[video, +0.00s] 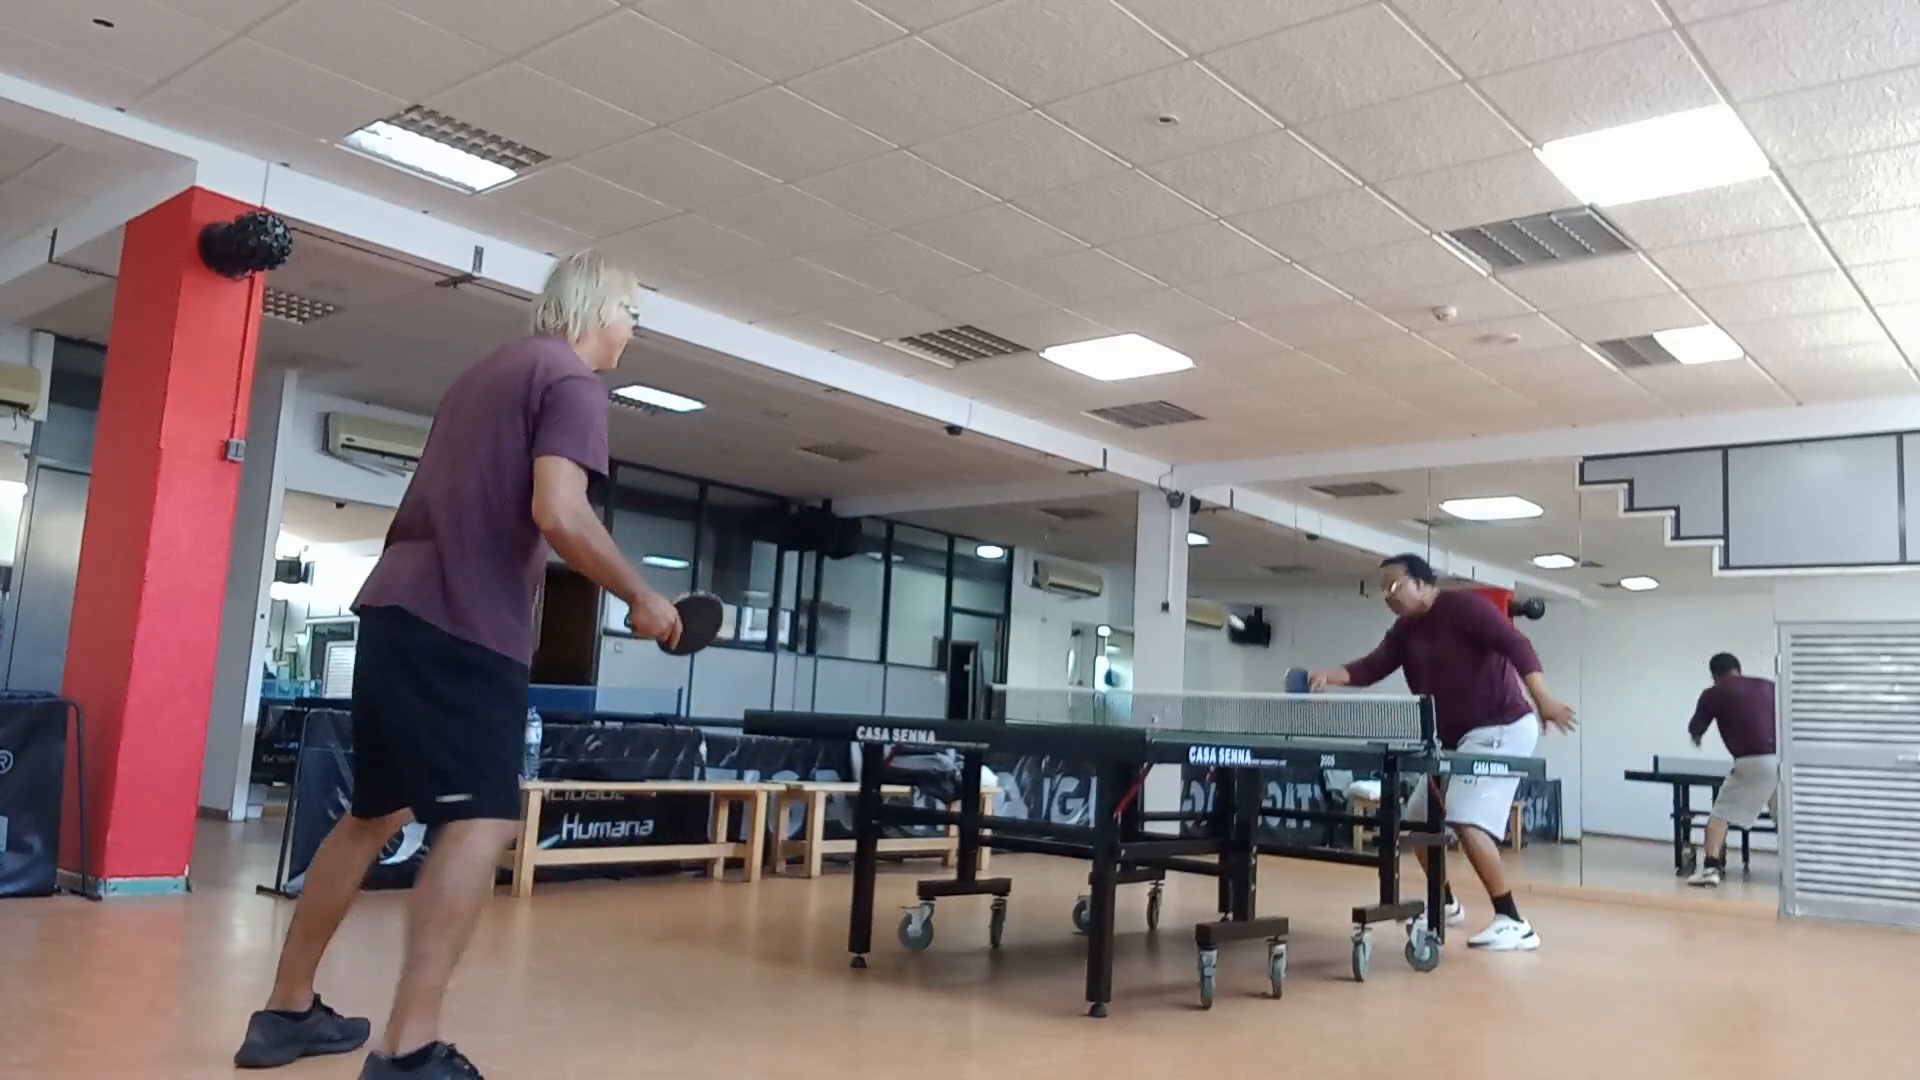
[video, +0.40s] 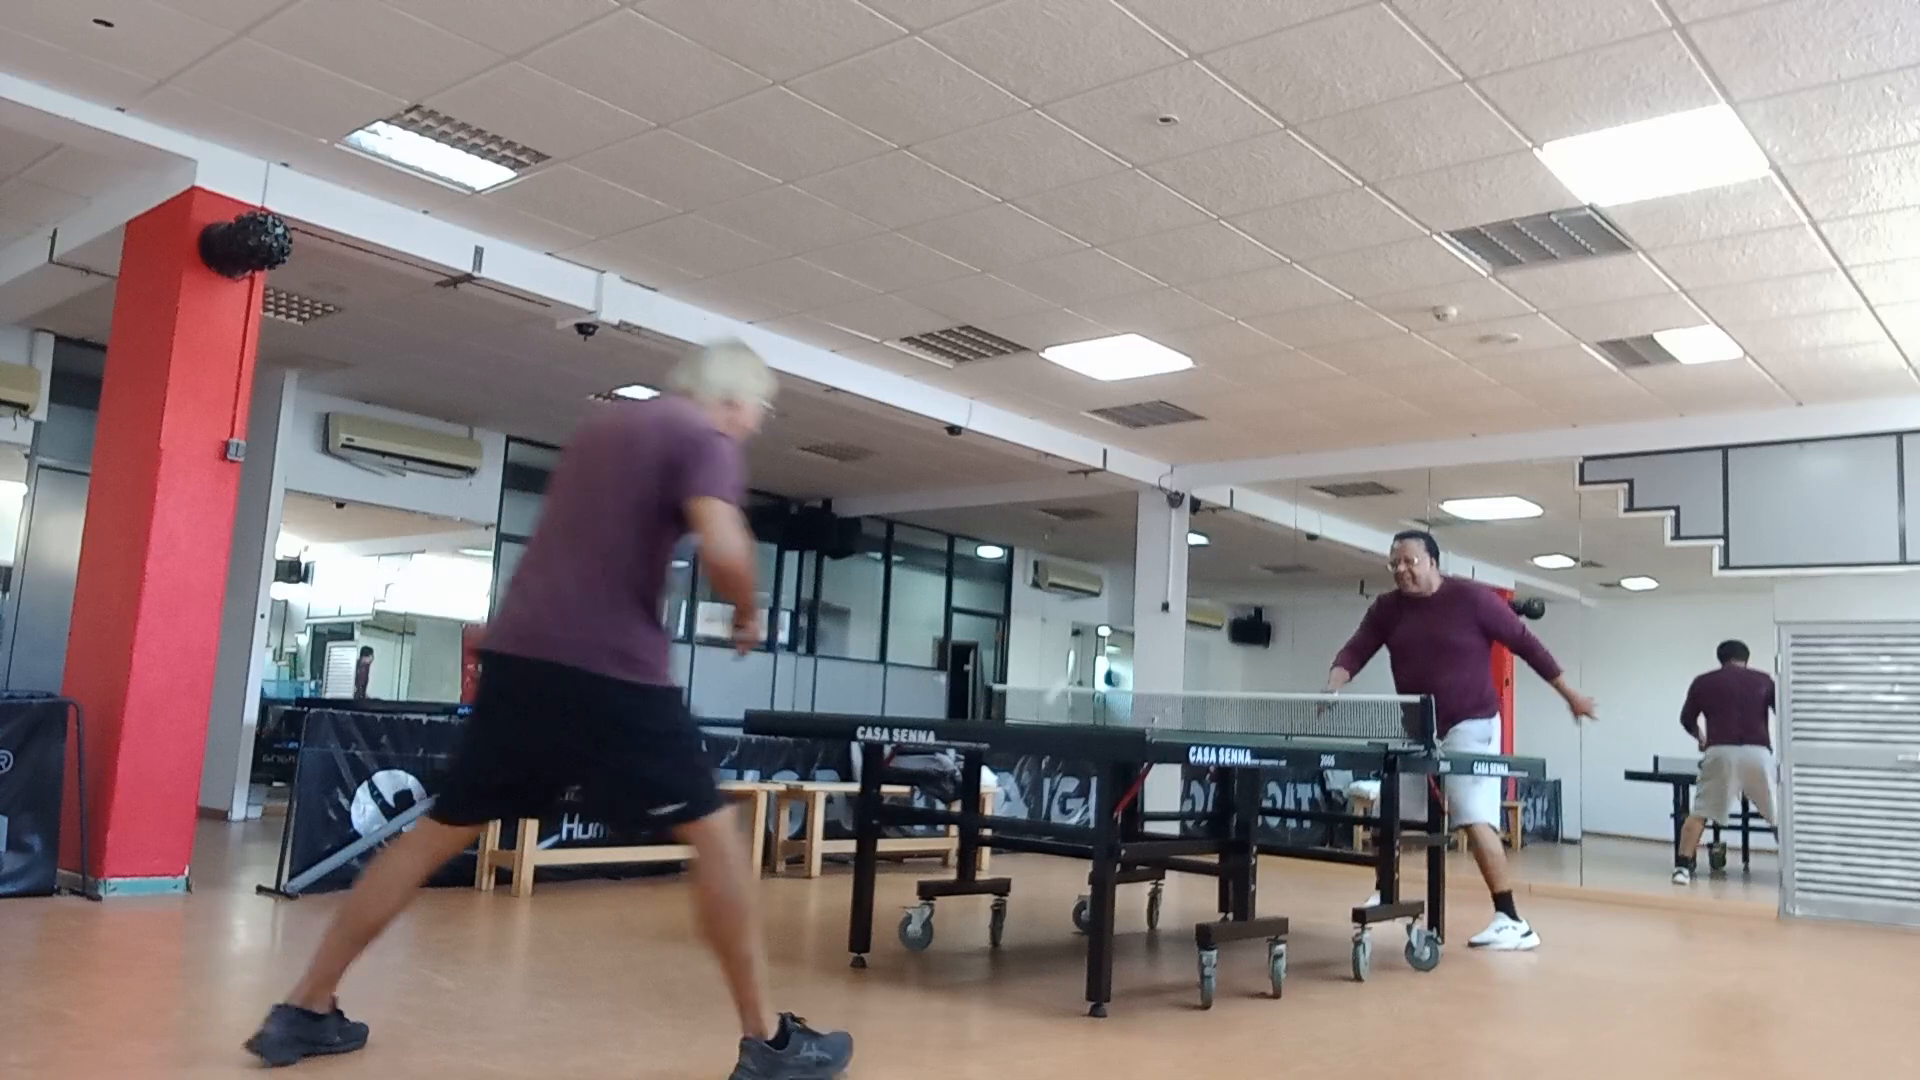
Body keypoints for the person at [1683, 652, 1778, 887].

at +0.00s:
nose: (1717, 682)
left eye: (1715, 678)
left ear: (1715, 675)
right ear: (1739, 669)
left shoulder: (1714, 693)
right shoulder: (1768, 686)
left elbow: (1696, 729)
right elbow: (1787, 713)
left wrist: (1696, 736)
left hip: (1752, 764)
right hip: (1784, 762)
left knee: (1719, 816)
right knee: (1786, 817)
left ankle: (1711, 867)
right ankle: (1798, 864)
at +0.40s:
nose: (1744, 665)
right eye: (1745, 662)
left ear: (1720, 660)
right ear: (1746, 660)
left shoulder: (1703, 681)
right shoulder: (1762, 680)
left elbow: (1687, 719)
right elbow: (1785, 712)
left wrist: (1700, 737)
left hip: (1719, 755)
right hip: (1757, 755)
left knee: (1699, 813)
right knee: (1779, 818)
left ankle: (1682, 867)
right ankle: (1798, 871)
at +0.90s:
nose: (1740, 666)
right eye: (1741, 662)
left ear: (1715, 662)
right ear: (1740, 662)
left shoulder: (1695, 684)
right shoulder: (1756, 681)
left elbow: (1681, 726)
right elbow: (1779, 720)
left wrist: (1693, 752)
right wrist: (1789, 751)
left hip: (1709, 754)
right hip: (1749, 754)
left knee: (1696, 812)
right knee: (1776, 816)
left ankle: (1681, 867)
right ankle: (1792, 872)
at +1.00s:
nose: (1745, 666)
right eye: (1746, 663)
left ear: (1719, 661)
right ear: (1744, 662)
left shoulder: (1699, 684)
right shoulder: (1759, 682)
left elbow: (1685, 726)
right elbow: (1782, 721)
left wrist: (1699, 751)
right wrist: (1790, 752)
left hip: (1711, 753)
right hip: (1750, 753)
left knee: (1699, 812)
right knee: (1778, 816)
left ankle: (1681, 867)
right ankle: (1794, 875)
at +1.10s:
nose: (1749, 668)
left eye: (1747, 666)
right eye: (1749, 665)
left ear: (1723, 662)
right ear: (1749, 664)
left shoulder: (1702, 684)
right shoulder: (1763, 684)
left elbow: (1688, 726)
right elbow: (1784, 719)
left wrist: (1702, 751)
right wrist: (1788, 753)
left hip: (1713, 754)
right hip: (1754, 754)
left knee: (1700, 813)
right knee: (1779, 819)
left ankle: (1682, 866)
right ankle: (1795, 875)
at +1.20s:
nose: (1753, 671)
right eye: (1754, 668)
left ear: (1728, 665)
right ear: (1754, 666)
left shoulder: (1706, 685)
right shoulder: (1767, 686)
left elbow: (1690, 726)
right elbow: (1788, 718)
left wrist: (1703, 753)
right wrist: (1787, 755)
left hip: (1715, 754)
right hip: (1756, 755)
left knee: (1700, 813)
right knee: (1780, 819)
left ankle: (1682, 866)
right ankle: (1795, 876)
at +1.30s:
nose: (1754, 674)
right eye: (1755, 670)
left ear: (1729, 667)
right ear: (1756, 669)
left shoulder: (1710, 684)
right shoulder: (1769, 687)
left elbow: (1690, 725)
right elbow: (1786, 720)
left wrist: (1703, 753)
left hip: (1716, 751)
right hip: (1757, 753)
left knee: (1699, 811)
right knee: (1779, 819)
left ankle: (1682, 865)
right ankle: (1795, 875)